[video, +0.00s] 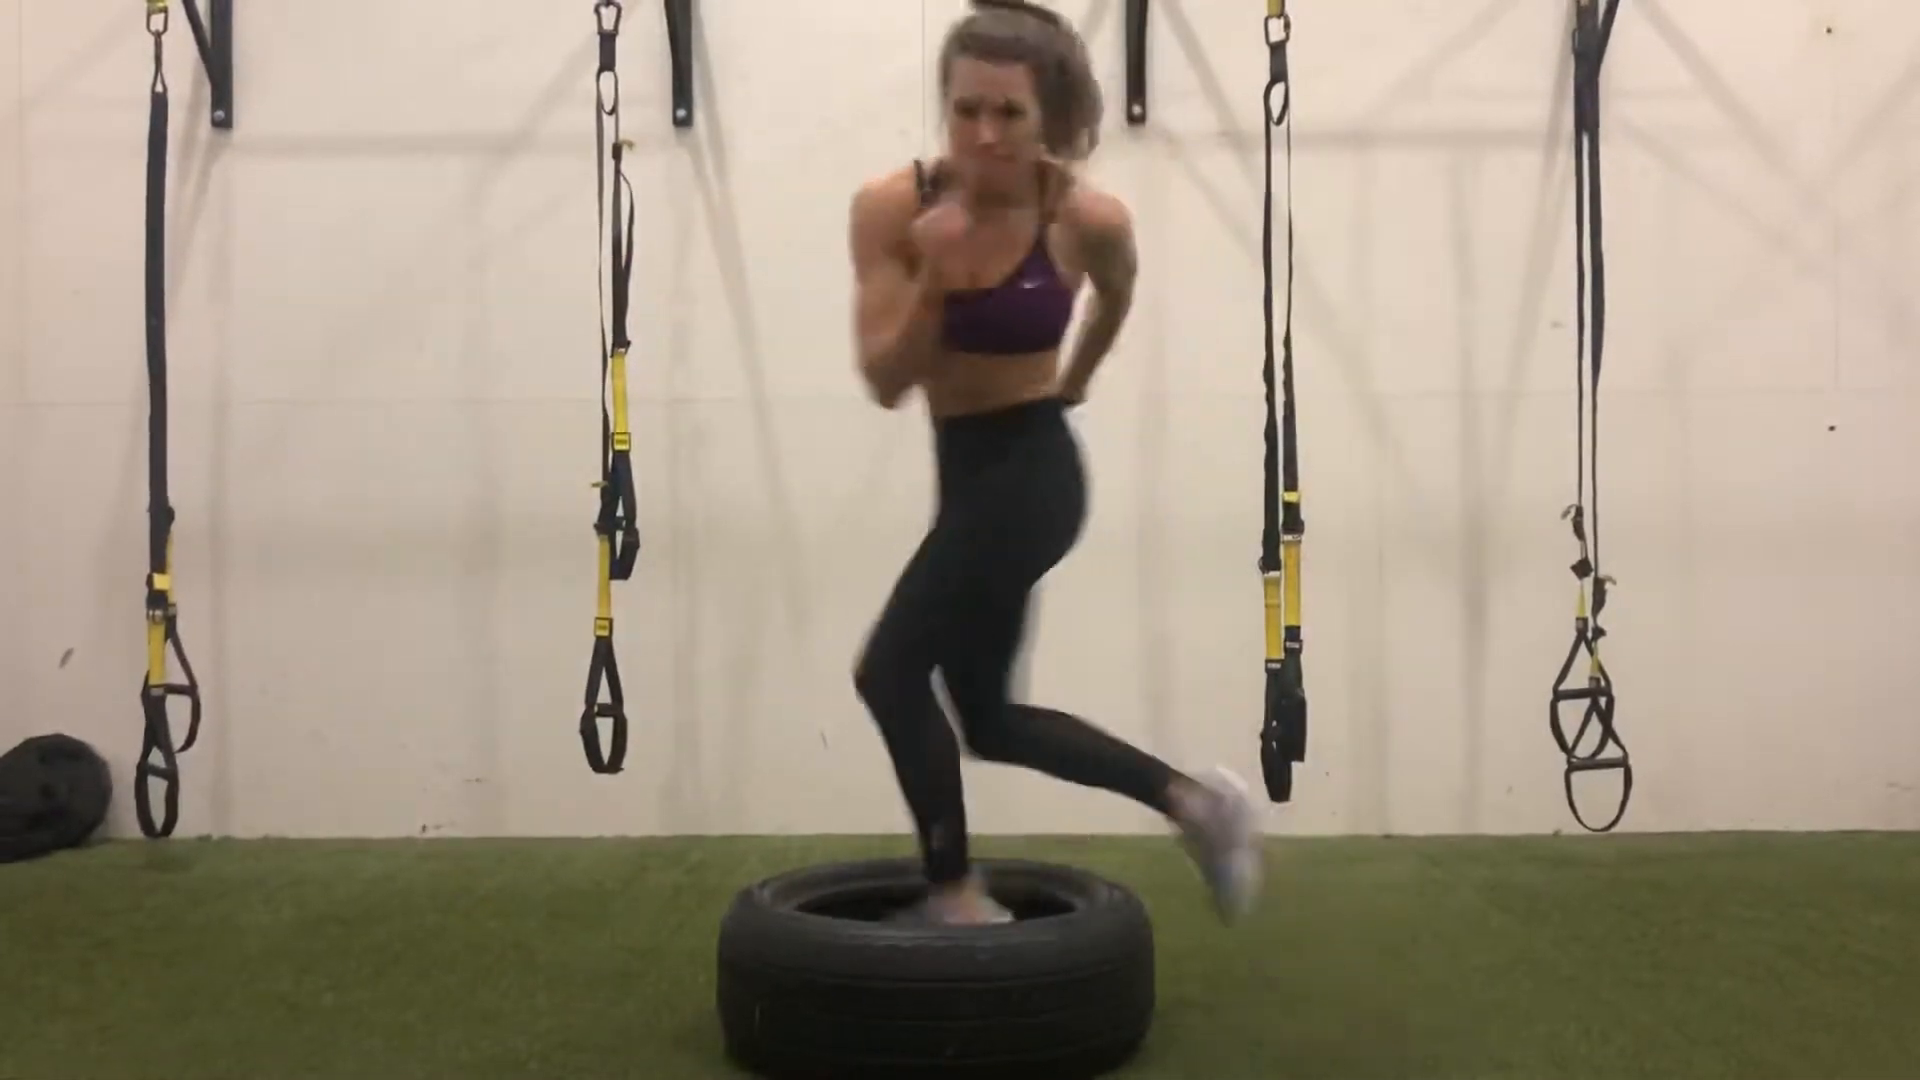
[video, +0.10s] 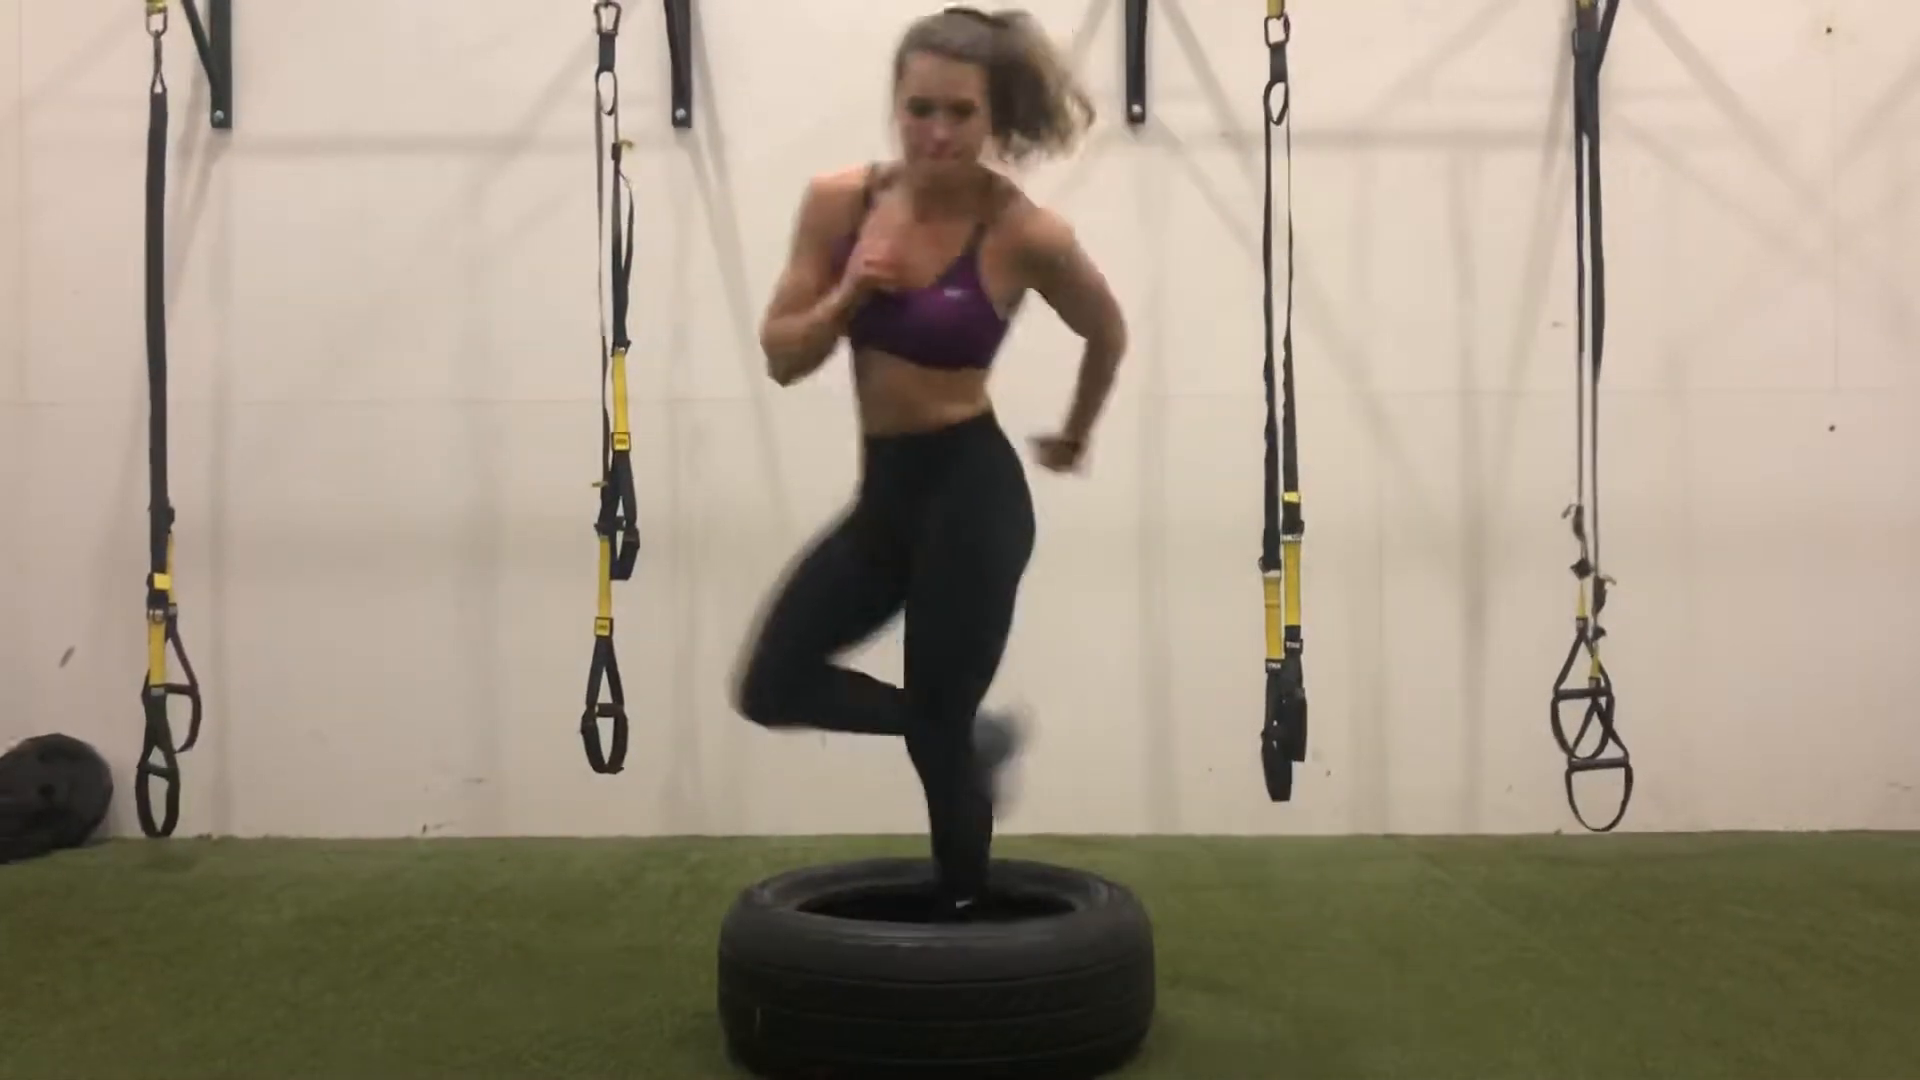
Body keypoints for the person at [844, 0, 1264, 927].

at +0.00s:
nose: (983, 134)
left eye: (1006, 113)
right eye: (966, 111)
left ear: (1051, 118)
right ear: (944, 109)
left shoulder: (1087, 222)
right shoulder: (891, 208)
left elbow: (1114, 297)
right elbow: (884, 383)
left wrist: (1073, 378)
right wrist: (933, 283)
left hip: (1032, 477)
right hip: (970, 481)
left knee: (889, 677)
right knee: (987, 722)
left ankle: (956, 899)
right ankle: (1197, 804)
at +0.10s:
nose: (935, 132)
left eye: (958, 112)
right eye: (918, 109)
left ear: (998, 119)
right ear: (895, 108)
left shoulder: (1024, 235)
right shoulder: (841, 202)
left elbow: (1108, 334)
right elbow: (782, 354)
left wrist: (1076, 433)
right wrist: (845, 299)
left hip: (972, 496)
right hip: (887, 496)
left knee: (937, 731)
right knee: (772, 688)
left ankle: (962, 945)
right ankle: (965, 735)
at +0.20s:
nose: (894, 127)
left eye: (916, 108)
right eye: (878, 102)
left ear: (943, 113)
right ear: (846, 97)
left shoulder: (970, 216)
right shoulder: (780, 190)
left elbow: (1094, 322)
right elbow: (731, 355)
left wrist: (1122, 464)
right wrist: (815, 290)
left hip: (915, 453)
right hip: (814, 448)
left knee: (853, 663)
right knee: (710, 665)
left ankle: (945, 882)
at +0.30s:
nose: (863, 176)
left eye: (884, 156)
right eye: (845, 151)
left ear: (914, 155)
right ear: (813, 140)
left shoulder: (929, 258)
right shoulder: (755, 233)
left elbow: (1035, 358)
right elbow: (708, 396)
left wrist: (1054, 436)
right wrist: (819, 339)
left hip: (843, 483)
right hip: (739, 484)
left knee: (776, 572)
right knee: (654, 726)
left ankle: (859, 720)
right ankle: (600, 938)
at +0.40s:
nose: (845, 186)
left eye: (865, 165)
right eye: (827, 162)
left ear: (895, 166)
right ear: (796, 156)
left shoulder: (915, 269)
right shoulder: (746, 250)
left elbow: (949, 391)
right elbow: (685, 408)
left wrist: (929, 442)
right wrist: (736, 490)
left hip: (811, 498)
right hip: (706, 481)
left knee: (765, 648)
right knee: (626, 720)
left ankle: (696, 798)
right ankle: (580, 938)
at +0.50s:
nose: (848, 191)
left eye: (868, 170)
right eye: (830, 168)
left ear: (899, 165)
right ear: (796, 155)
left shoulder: (922, 276)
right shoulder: (735, 257)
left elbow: (940, 424)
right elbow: (628, 365)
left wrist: (894, 448)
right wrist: (539, 483)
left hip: (808, 536)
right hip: (710, 504)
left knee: (731, 784)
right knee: (649, 729)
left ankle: (569, 962)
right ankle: (517, 831)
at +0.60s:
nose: (848, 194)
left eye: (868, 173)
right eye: (829, 172)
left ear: (902, 169)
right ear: (799, 168)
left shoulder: (941, 254)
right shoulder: (757, 259)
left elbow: (1003, 381)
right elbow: (643, 293)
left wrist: (894, 358)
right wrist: (559, 295)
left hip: (816, 531)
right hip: (737, 503)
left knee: (703, 785)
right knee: (837, 682)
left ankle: (547, 966)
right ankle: (612, 684)